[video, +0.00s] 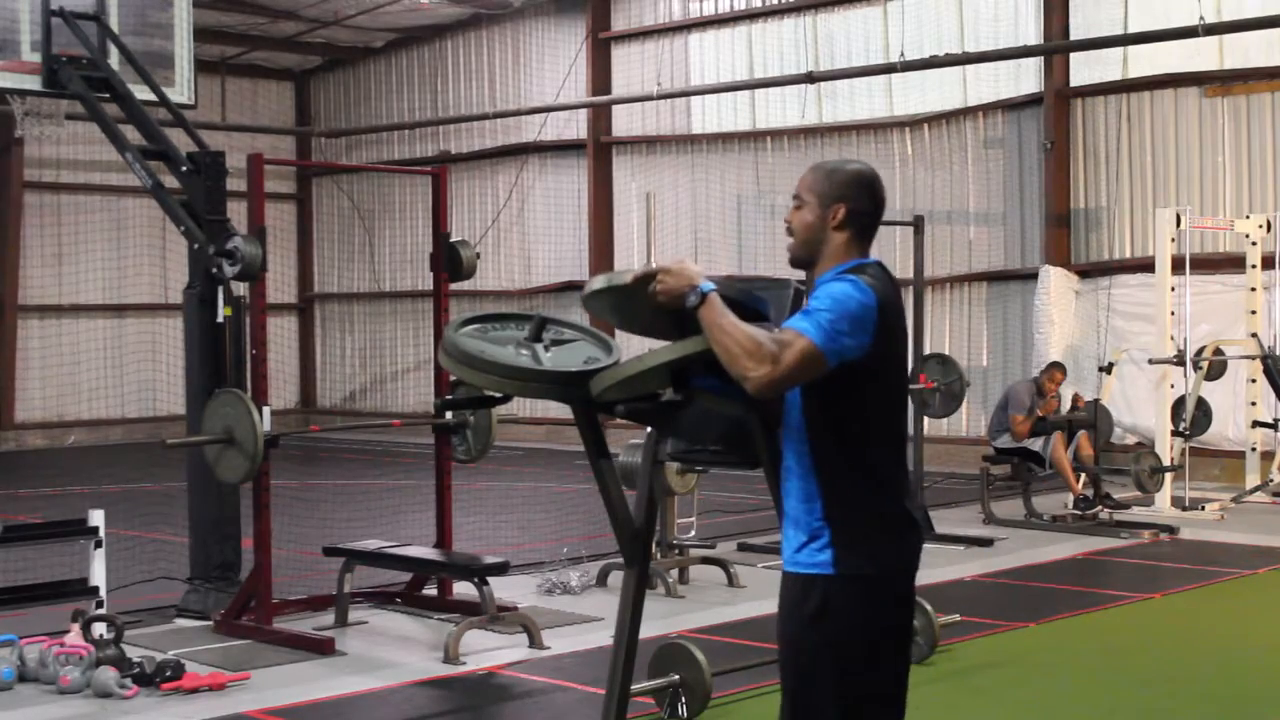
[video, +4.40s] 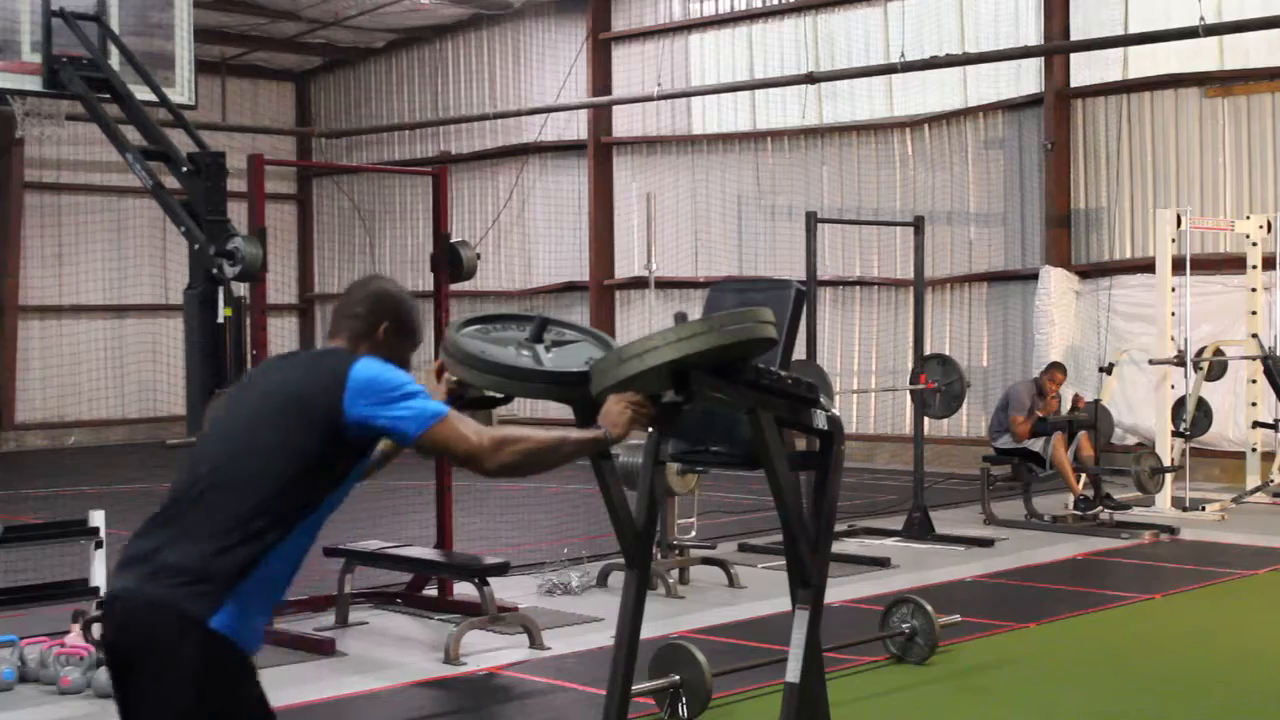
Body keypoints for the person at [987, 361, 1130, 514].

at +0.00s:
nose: (1053, 388)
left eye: (1058, 385)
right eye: (1051, 381)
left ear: (1060, 385)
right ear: (1041, 374)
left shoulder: (1049, 395)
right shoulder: (1021, 391)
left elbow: (1051, 426)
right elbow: (1018, 434)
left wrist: (1073, 412)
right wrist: (1041, 412)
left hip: (1028, 438)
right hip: (1003, 439)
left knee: (1081, 435)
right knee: (1055, 439)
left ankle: (1099, 494)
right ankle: (1079, 497)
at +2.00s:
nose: (1054, 388)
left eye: (1058, 385)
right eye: (1051, 382)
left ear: (1061, 384)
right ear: (1041, 375)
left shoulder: (1051, 395)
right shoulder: (1021, 391)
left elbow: (1054, 427)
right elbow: (1019, 435)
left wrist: (1073, 411)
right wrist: (1041, 412)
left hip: (1029, 438)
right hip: (1004, 440)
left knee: (1081, 436)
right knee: (1055, 439)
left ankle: (1099, 494)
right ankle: (1079, 498)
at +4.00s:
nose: (1054, 388)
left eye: (1058, 385)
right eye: (1051, 382)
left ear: (1061, 385)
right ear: (1041, 375)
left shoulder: (1050, 395)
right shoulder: (1020, 392)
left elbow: (1053, 426)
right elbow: (1018, 435)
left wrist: (1073, 412)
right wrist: (1040, 412)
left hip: (1029, 438)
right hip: (1004, 440)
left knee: (1080, 436)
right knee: (1055, 439)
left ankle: (1099, 494)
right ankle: (1079, 498)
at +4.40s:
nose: (1054, 388)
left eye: (1059, 385)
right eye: (1051, 381)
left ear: (1061, 385)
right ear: (1041, 375)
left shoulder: (1051, 396)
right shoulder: (1021, 391)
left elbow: (1054, 428)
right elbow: (1019, 435)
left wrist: (1073, 412)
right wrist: (1041, 412)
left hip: (1029, 439)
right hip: (1005, 441)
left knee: (1081, 436)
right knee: (1055, 439)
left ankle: (1100, 494)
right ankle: (1079, 499)